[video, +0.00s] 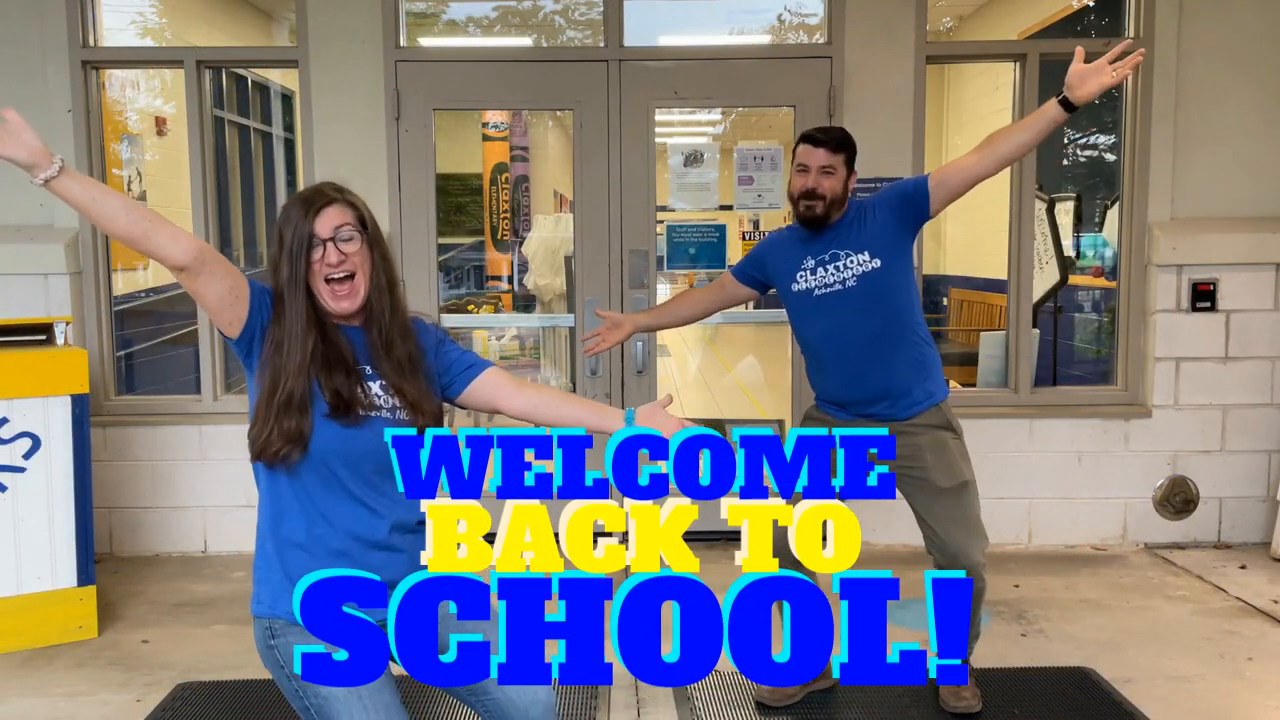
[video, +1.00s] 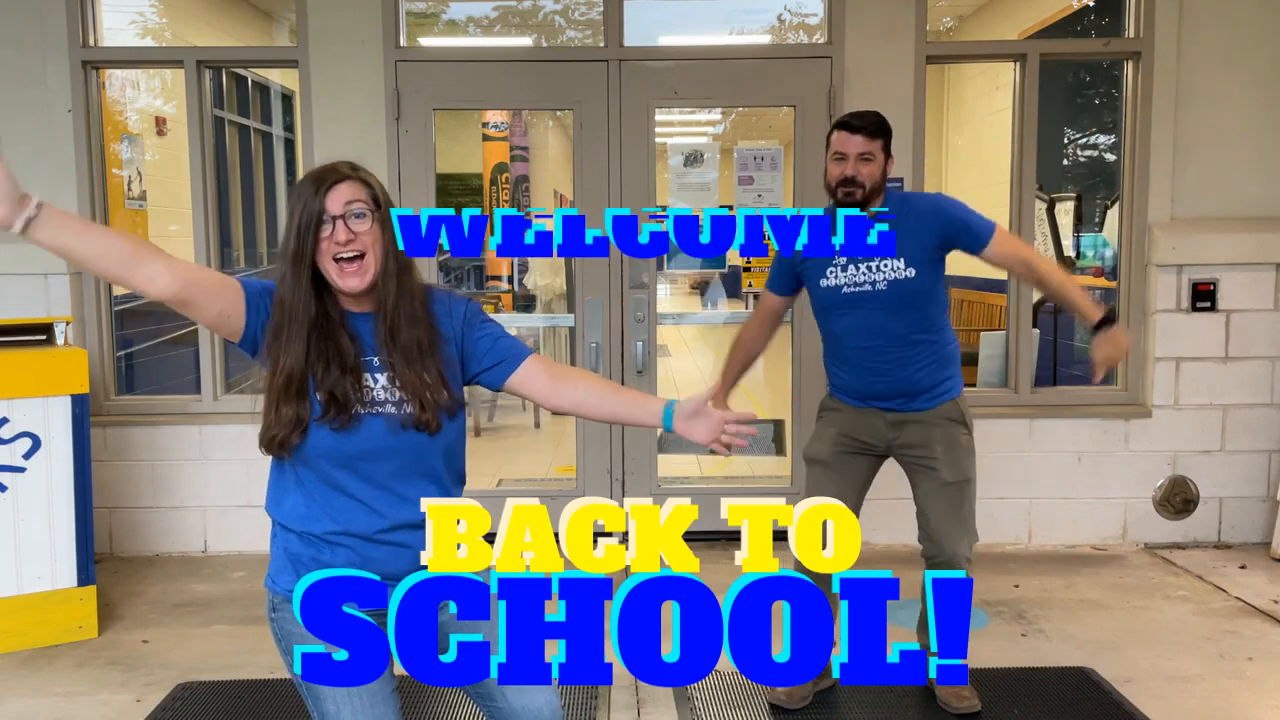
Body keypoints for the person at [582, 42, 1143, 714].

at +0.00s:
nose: (810, 181)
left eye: (825, 171)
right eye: (801, 170)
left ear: (850, 178)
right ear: (789, 177)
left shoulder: (893, 209)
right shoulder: (776, 251)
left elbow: (984, 159)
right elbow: (707, 297)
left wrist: (1068, 99)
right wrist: (635, 321)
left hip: (921, 421)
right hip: (833, 424)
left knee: (964, 556)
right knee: (796, 546)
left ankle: (955, 667)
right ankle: (806, 662)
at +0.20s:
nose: (816, 175)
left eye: (831, 166)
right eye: (808, 163)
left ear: (854, 172)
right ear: (795, 170)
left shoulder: (893, 203)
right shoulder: (778, 242)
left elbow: (984, 150)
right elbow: (709, 288)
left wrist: (1066, 89)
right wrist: (635, 313)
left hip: (918, 415)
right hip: (831, 417)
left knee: (960, 551)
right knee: (799, 543)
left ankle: (954, 667)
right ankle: (809, 661)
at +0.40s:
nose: (819, 170)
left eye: (835, 162)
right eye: (811, 159)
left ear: (857, 169)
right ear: (798, 166)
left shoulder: (897, 201)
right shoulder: (781, 239)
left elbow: (990, 150)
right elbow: (712, 288)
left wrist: (1075, 91)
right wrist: (635, 312)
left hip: (915, 415)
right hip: (830, 417)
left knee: (953, 549)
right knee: (802, 545)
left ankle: (951, 666)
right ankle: (806, 662)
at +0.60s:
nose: (827, 168)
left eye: (841, 159)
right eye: (818, 156)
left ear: (864, 165)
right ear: (806, 162)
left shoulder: (904, 199)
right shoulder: (786, 235)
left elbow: (999, 152)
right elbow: (718, 281)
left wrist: (1084, 93)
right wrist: (638, 302)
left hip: (918, 411)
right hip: (832, 412)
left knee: (952, 544)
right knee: (802, 538)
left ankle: (951, 663)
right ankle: (803, 659)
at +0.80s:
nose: (836, 158)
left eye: (850, 148)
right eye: (826, 147)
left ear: (874, 152)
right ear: (812, 154)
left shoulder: (916, 186)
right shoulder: (794, 222)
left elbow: (1017, 151)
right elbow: (718, 265)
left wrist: (1120, 106)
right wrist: (640, 297)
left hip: (923, 402)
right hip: (837, 409)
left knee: (947, 541)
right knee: (802, 531)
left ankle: (949, 666)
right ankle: (803, 659)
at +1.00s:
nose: (849, 170)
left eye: (863, 158)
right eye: (838, 158)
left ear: (887, 165)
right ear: (824, 164)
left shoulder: (931, 215)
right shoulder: (805, 236)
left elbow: (1025, 261)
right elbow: (763, 319)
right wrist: (721, 389)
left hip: (934, 413)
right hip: (849, 412)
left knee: (951, 552)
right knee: (813, 537)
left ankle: (947, 663)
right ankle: (807, 656)